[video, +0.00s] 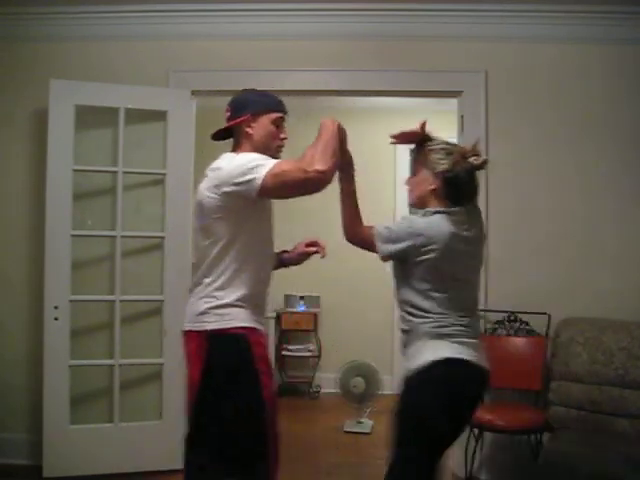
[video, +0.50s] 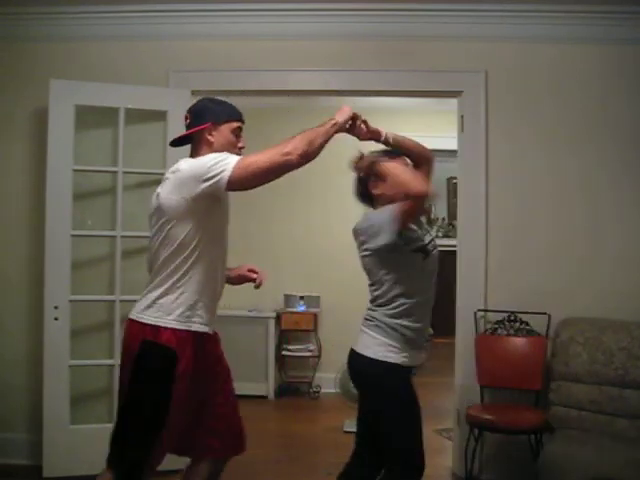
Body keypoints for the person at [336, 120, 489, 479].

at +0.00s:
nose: (408, 180)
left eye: (416, 173)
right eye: (413, 172)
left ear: (437, 184)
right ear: (449, 186)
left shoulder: (422, 229)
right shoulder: (471, 224)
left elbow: (354, 232)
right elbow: (454, 178)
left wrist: (345, 169)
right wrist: (425, 144)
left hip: (435, 369)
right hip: (470, 368)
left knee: (407, 471)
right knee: (418, 470)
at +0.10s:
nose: (394, 182)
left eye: (400, 175)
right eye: (398, 174)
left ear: (420, 184)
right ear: (440, 184)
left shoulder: (400, 231)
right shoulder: (462, 227)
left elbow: (350, 219)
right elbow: (469, 154)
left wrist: (346, 164)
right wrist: (436, 135)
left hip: (409, 372)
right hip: (456, 373)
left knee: (368, 471)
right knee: (408, 472)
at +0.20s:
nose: (382, 184)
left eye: (387, 178)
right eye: (384, 177)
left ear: (403, 183)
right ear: (427, 183)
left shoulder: (379, 229)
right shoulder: (450, 223)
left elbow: (359, 203)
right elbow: (482, 163)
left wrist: (353, 157)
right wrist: (452, 146)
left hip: (388, 364)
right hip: (442, 368)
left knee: (365, 464)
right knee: (407, 467)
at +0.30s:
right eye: (418, 172)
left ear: (381, 186)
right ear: (419, 185)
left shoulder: (366, 225)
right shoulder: (434, 226)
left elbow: (377, 177)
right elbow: (484, 179)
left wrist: (364, 144)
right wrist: (445, 155)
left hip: (369, 359)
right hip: (420, 366)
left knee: (369, 459)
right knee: (400, 466)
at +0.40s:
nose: (409, 176)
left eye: (404, 169)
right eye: (404, 171)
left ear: (372, 188)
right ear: (397, 182)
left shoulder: (369, 228)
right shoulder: (414, 228)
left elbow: (399, 173)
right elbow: (468, 193)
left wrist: (377, 138)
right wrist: (427, 161)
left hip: (366, 356)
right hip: (400, 366)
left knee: (370, 458)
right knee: (399, 465)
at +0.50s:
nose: (409, 167)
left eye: (404, 163)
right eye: (399, 164)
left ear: (387, 185)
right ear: (378, 186)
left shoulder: (407, 219)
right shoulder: (374, 224)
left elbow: (425, 158)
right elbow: (419, 193)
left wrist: (379, 134)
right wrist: (378, 168)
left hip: (393, 361)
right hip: (379, 363)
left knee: (368, 459)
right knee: (408, 465)